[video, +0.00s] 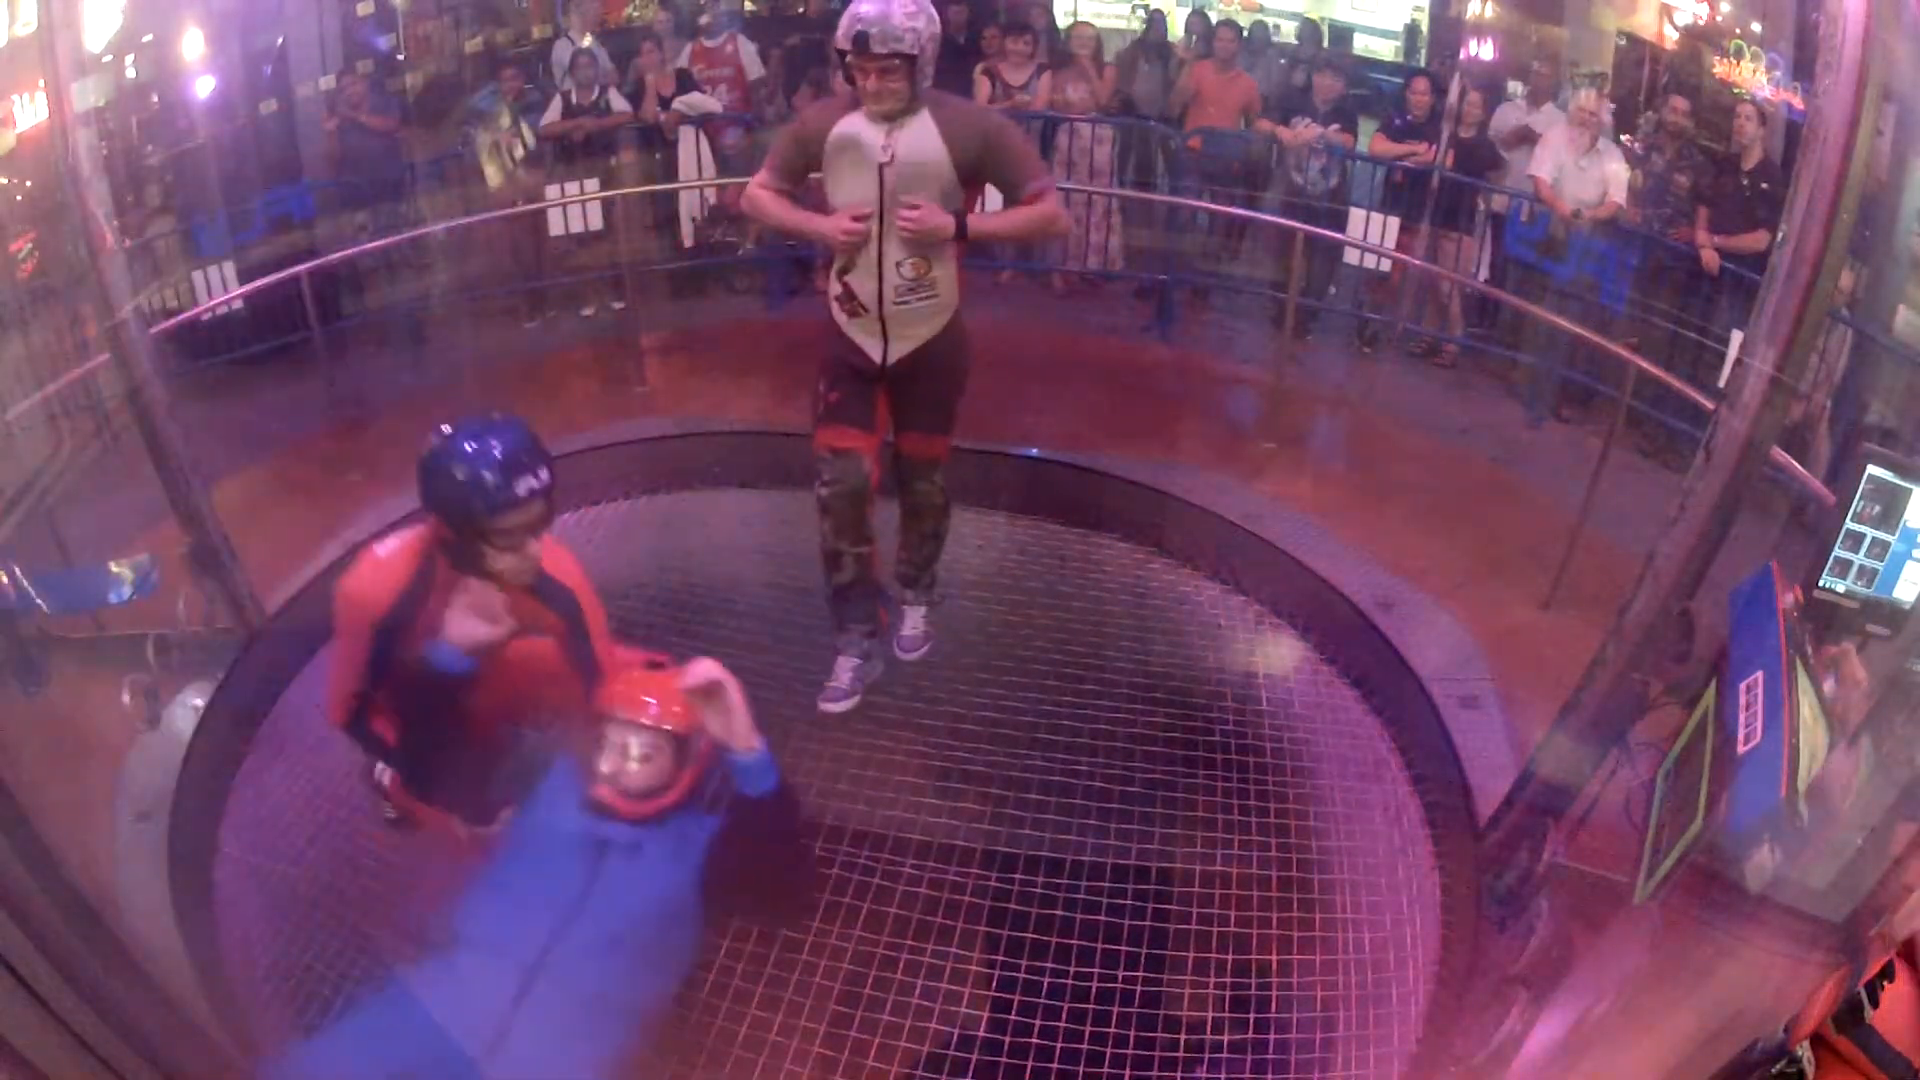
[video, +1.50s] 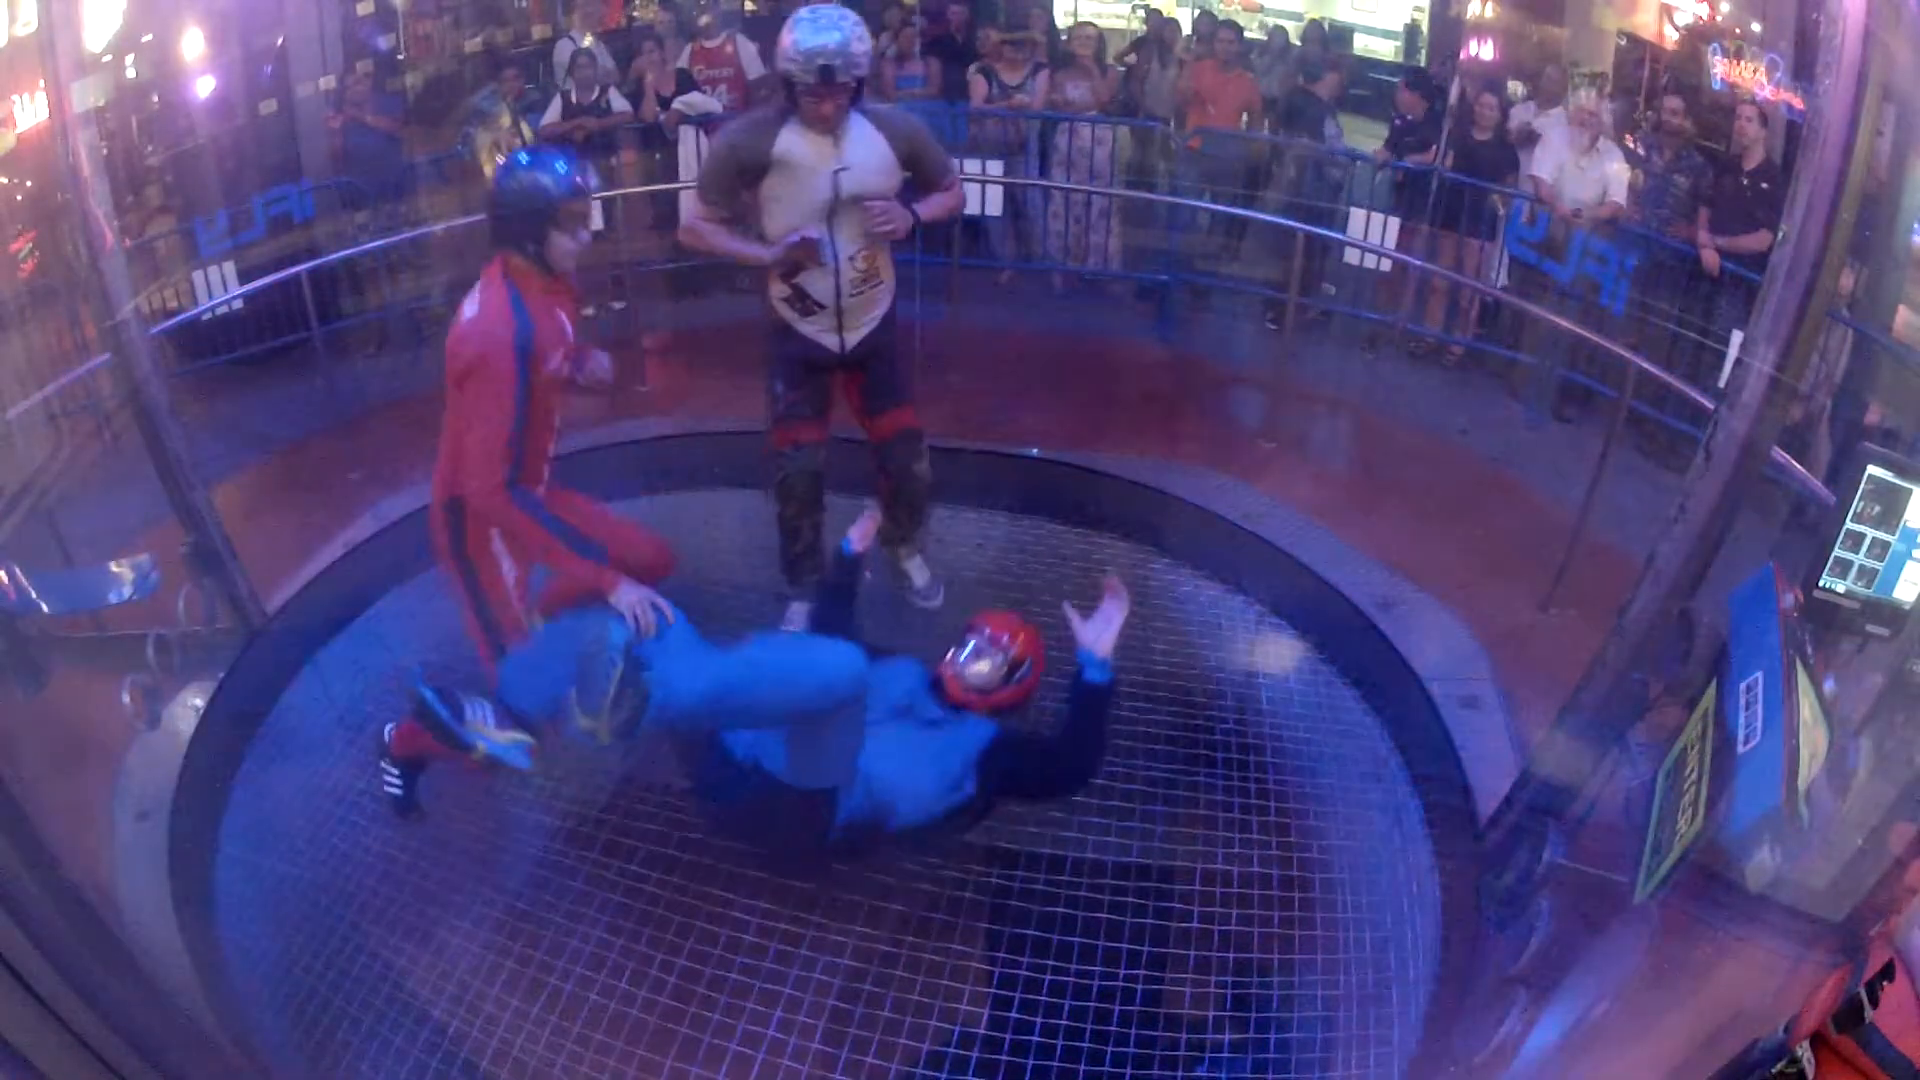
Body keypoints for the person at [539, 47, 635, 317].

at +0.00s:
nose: (585, 72)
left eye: (589, 66)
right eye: (579, 67)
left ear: (597, 69)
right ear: (571, 72)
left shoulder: (608, 92)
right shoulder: (562, 98)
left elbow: (626, 115)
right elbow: (544, 129)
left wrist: (592, 125)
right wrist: (575, 125)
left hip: (604, 170)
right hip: (571, 174)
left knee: (606, 233)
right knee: (579, 238)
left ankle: (614, 291)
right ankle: (588, 296)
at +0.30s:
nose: (585, 72)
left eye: (589, 67)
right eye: (579, 67)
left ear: (597, 70)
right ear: (571, 72)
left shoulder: (608, 92)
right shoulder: (563, 97)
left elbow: (626, 115)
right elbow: (544, 129)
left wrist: (594, 124)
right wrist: (575, 124)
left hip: (606, 170)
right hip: (573, 174)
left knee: (609, 234)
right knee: (582, 238)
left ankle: (615, 293)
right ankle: (590, 296)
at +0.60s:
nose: (584, 72)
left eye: (589, 67)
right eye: (579, 68)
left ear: (597, 70)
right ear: (571, 72)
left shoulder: (608, 92)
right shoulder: (562, 97)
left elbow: (626, 114)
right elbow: (544, 129)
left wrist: (594, 124)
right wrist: (574, 125)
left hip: (605, 170)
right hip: (573, 174)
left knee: (609, 234)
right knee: (582, 238)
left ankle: (615, 293)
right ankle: (590, 296)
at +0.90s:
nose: (584, 72)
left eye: (588, 67)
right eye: (579, 68)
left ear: (597, 70)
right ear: (571, 72)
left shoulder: (608, 92)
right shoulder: (563, 97)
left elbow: (627, 115)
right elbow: (544, 129)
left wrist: (593, 124)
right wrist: (574, 126)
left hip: (606, 170)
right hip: (573, 174)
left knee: (610, 233)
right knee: (582, 237)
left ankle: (616, 293)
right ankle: (591, 296)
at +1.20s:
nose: (585, 72)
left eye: (589, 66)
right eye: (580, 68)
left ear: (596, 69)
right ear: (571, 73)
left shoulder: (608, 92)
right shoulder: (562, 98)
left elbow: (627, 115)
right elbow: (544, 130)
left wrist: (587, 127)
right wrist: (578, 123)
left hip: (606, 162)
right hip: (571, 166)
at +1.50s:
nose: (584, 72)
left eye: (588, 67)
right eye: (579, 68)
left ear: (596, 69)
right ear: (571, 72)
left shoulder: (608, 91)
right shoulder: (562, 97)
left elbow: (627, 115)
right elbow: (544, 131)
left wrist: (591, 127)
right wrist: (578, 123)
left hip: (607, 158)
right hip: (571, 161)